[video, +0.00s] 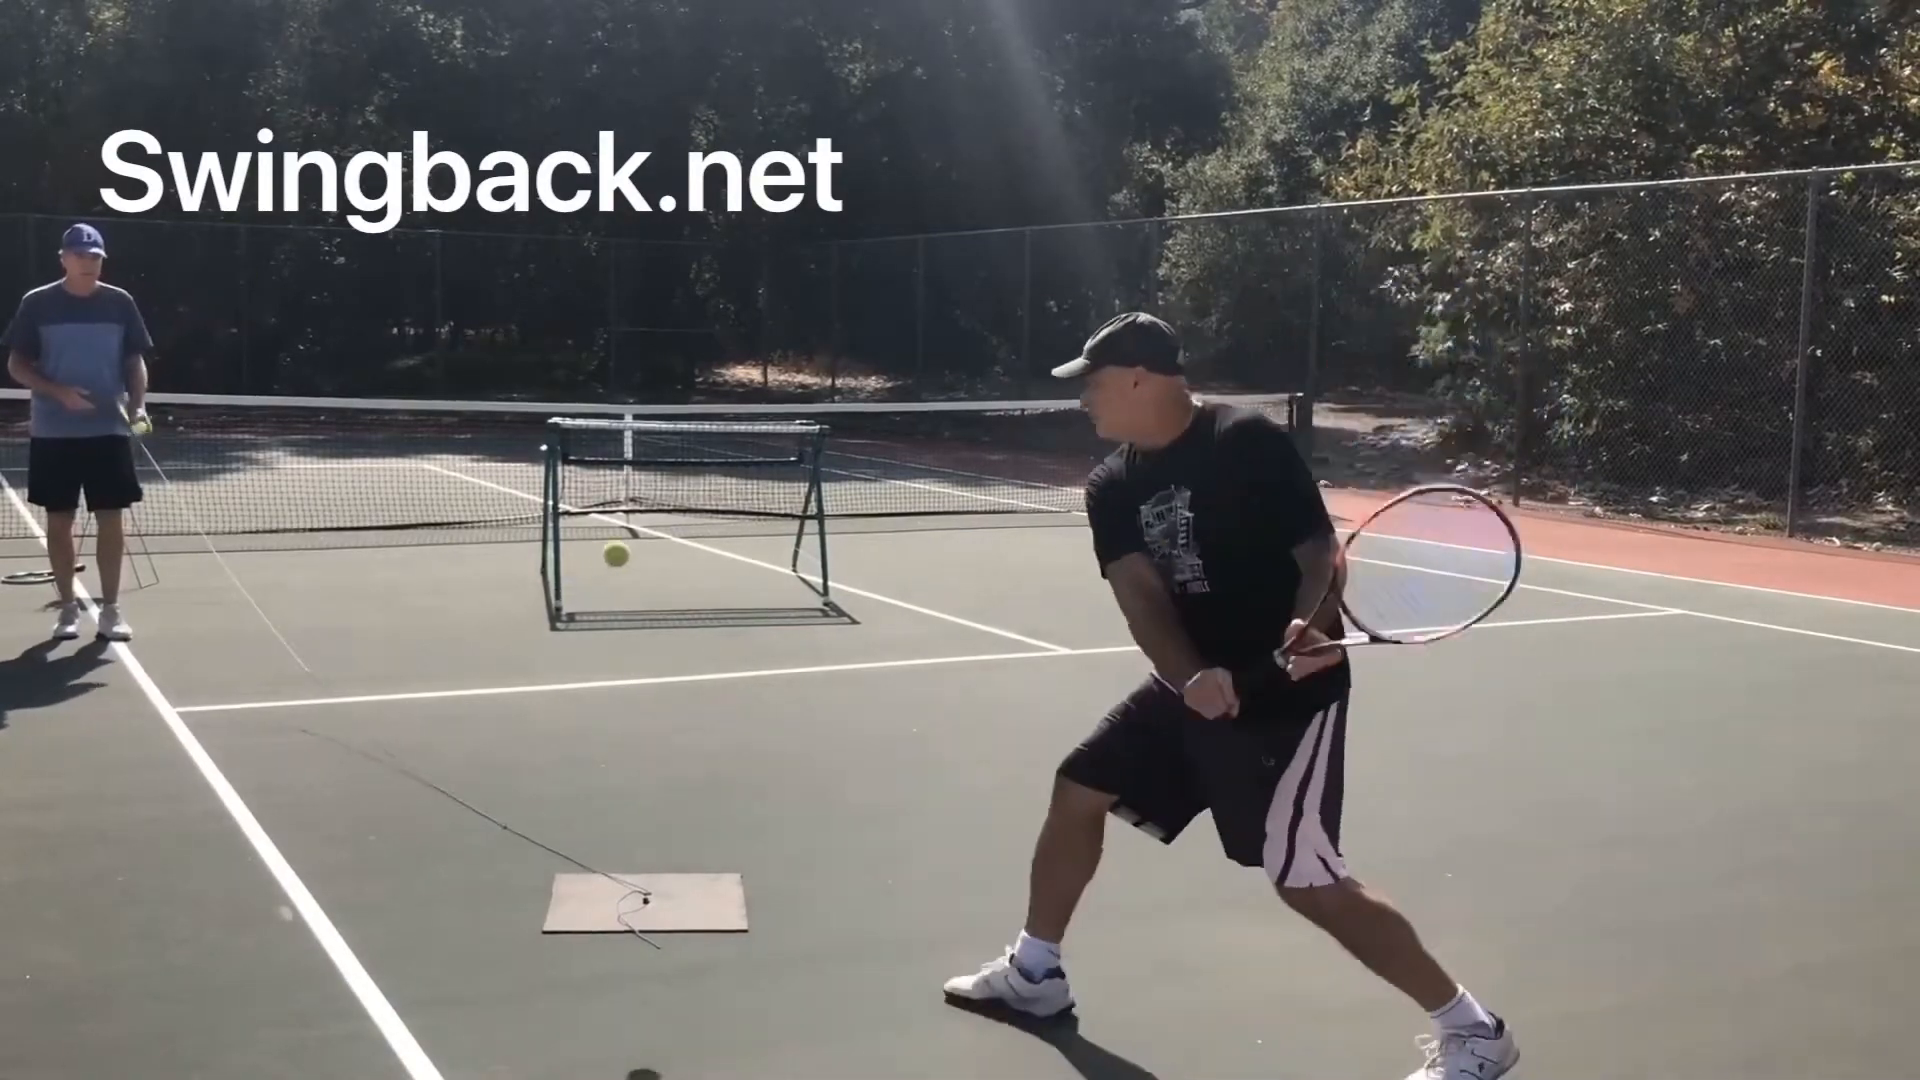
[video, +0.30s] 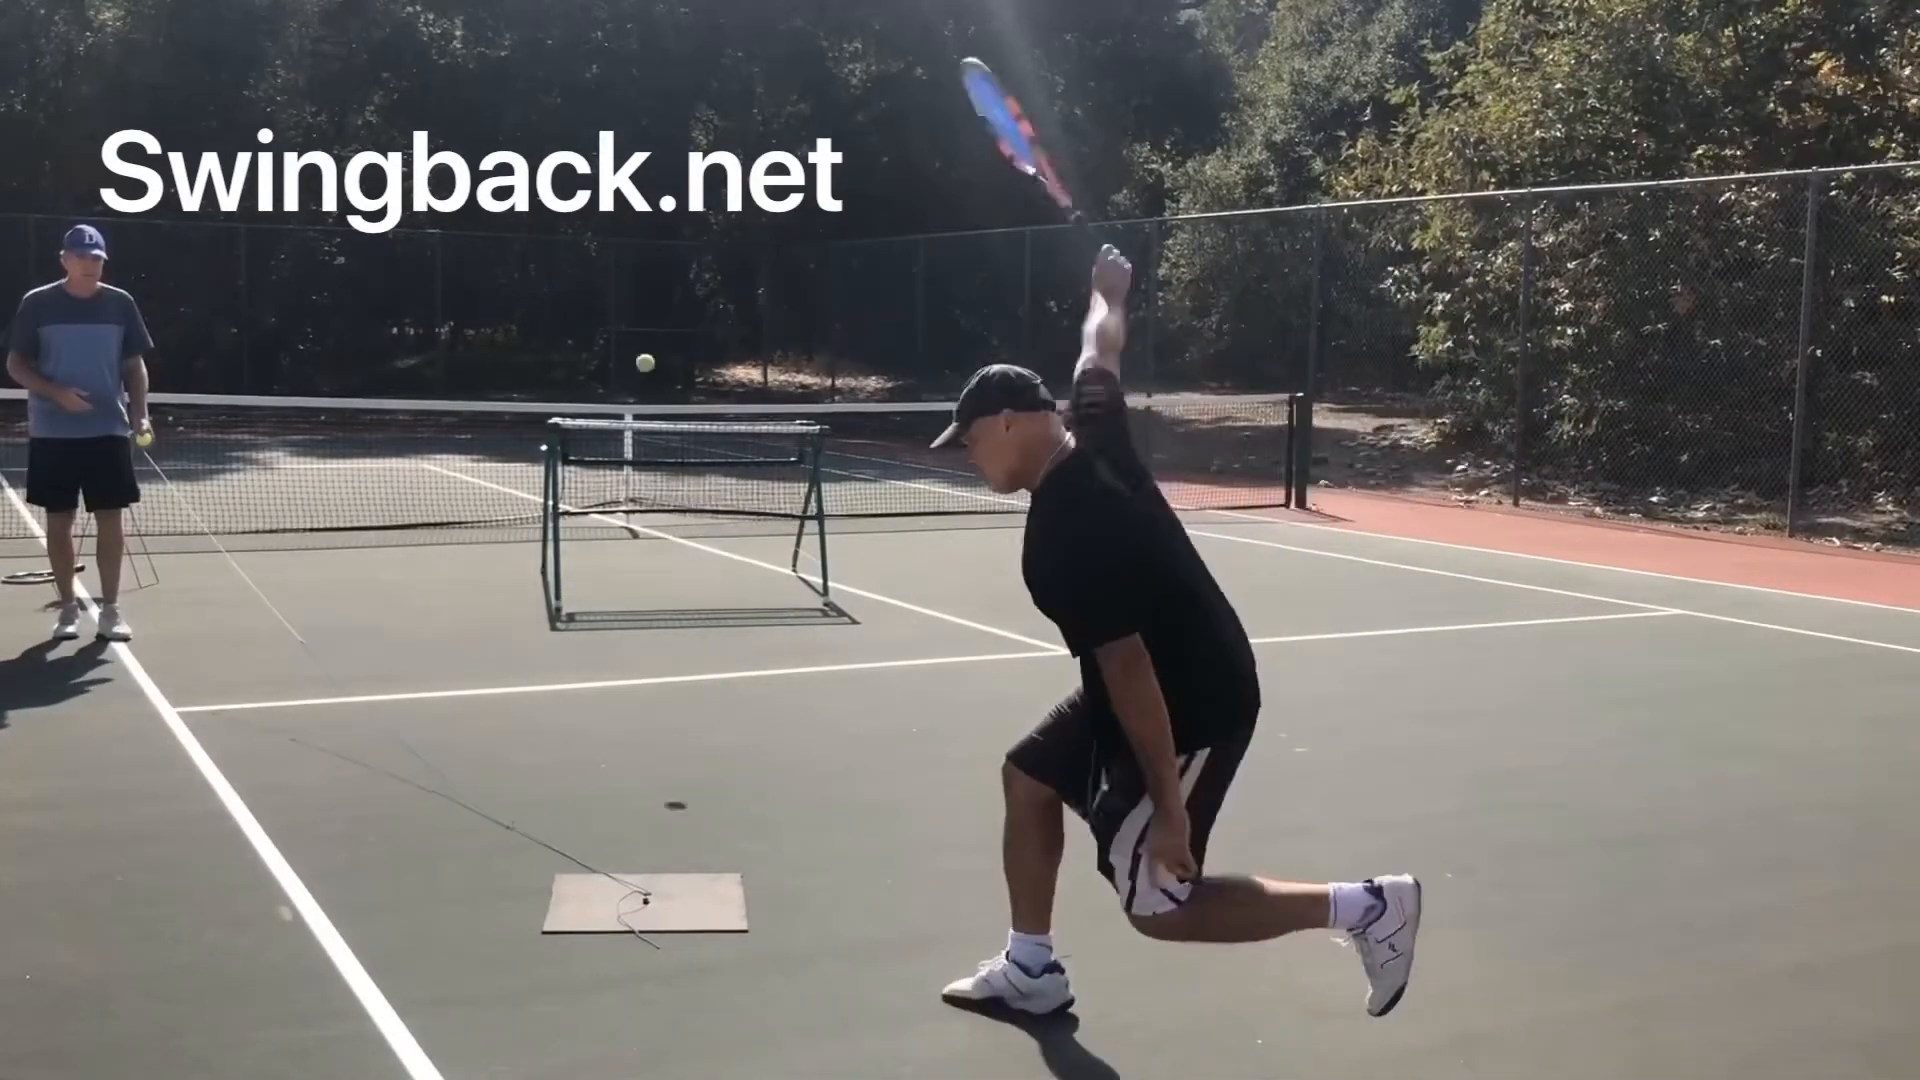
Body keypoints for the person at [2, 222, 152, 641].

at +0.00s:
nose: (87, 265)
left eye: (94, 258)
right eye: (80, 257)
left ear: (103, 260)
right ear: (63, 257)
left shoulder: (120, 302)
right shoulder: (36, 303)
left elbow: (135, 360)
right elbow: (17, 365)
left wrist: (138, 404)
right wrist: (59, 392)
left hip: (108, 433)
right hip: (54, 436)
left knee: (111, 518)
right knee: (59, 520)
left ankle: (110, 609)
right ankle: (68, 608)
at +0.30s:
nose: (88, 266)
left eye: (95, 259)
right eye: (81, 258)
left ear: (104, 262)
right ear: (64, 259)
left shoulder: (120, 303)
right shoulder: (37, 303)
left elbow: (135, 363)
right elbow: (16, 364)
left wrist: (140, 412)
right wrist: (56, 392)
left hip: (108, 434)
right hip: (54, 436)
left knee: (110, 518)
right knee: (59, 520)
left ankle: (110, 609)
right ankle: (69, 607)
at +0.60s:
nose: (93, 268)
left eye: (99, 260)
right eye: (85, 259)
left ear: (108, 263)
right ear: (68, 260)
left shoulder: (123, 305)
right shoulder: (39, 303)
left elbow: (135, 367)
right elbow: (16, 363)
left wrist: (139, 422)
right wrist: (56, 394)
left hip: (108, 435)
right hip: (54, 437)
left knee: (110, 519)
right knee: (59, 521)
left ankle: (110, 609)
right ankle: (69, 607)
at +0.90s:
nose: (102, 271)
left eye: (108, 264)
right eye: (94, 263)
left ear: (117, 268)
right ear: (76, 264)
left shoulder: (131, 312)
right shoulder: (45, 305)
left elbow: (139, 375)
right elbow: (18, 362)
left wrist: (139, 431)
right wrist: (54, 397)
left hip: (108, 438)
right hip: (54, 439)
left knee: (114, 520)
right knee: (59, 521)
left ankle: (111, 609)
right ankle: (68, 606)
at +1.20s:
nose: (111, 254)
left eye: (115, 247)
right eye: (102, 247)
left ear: (121, 254)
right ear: (82, 253)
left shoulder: (137, 294)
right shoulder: (52, 296)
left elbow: (161, 314)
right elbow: (27, 353)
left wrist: (184, 323)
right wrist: (54, 387)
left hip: (113, 428)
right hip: (59, 429)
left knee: (114, 516)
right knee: (60, 515)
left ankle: (112, 609)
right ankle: (67, 605)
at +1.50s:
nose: (114, 254)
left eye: (118, 247)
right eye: (105, 246)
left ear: (126, 254)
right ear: (86, 251)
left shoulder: (137, 293)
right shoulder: (56, 294)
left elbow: (152, 318)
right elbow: (28, 353)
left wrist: (135, 317)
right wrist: (52, 385)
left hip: (114, 426)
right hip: (60, 427)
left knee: (117, 516)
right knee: (54, 514)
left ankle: (113, 608)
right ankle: (48, 606)